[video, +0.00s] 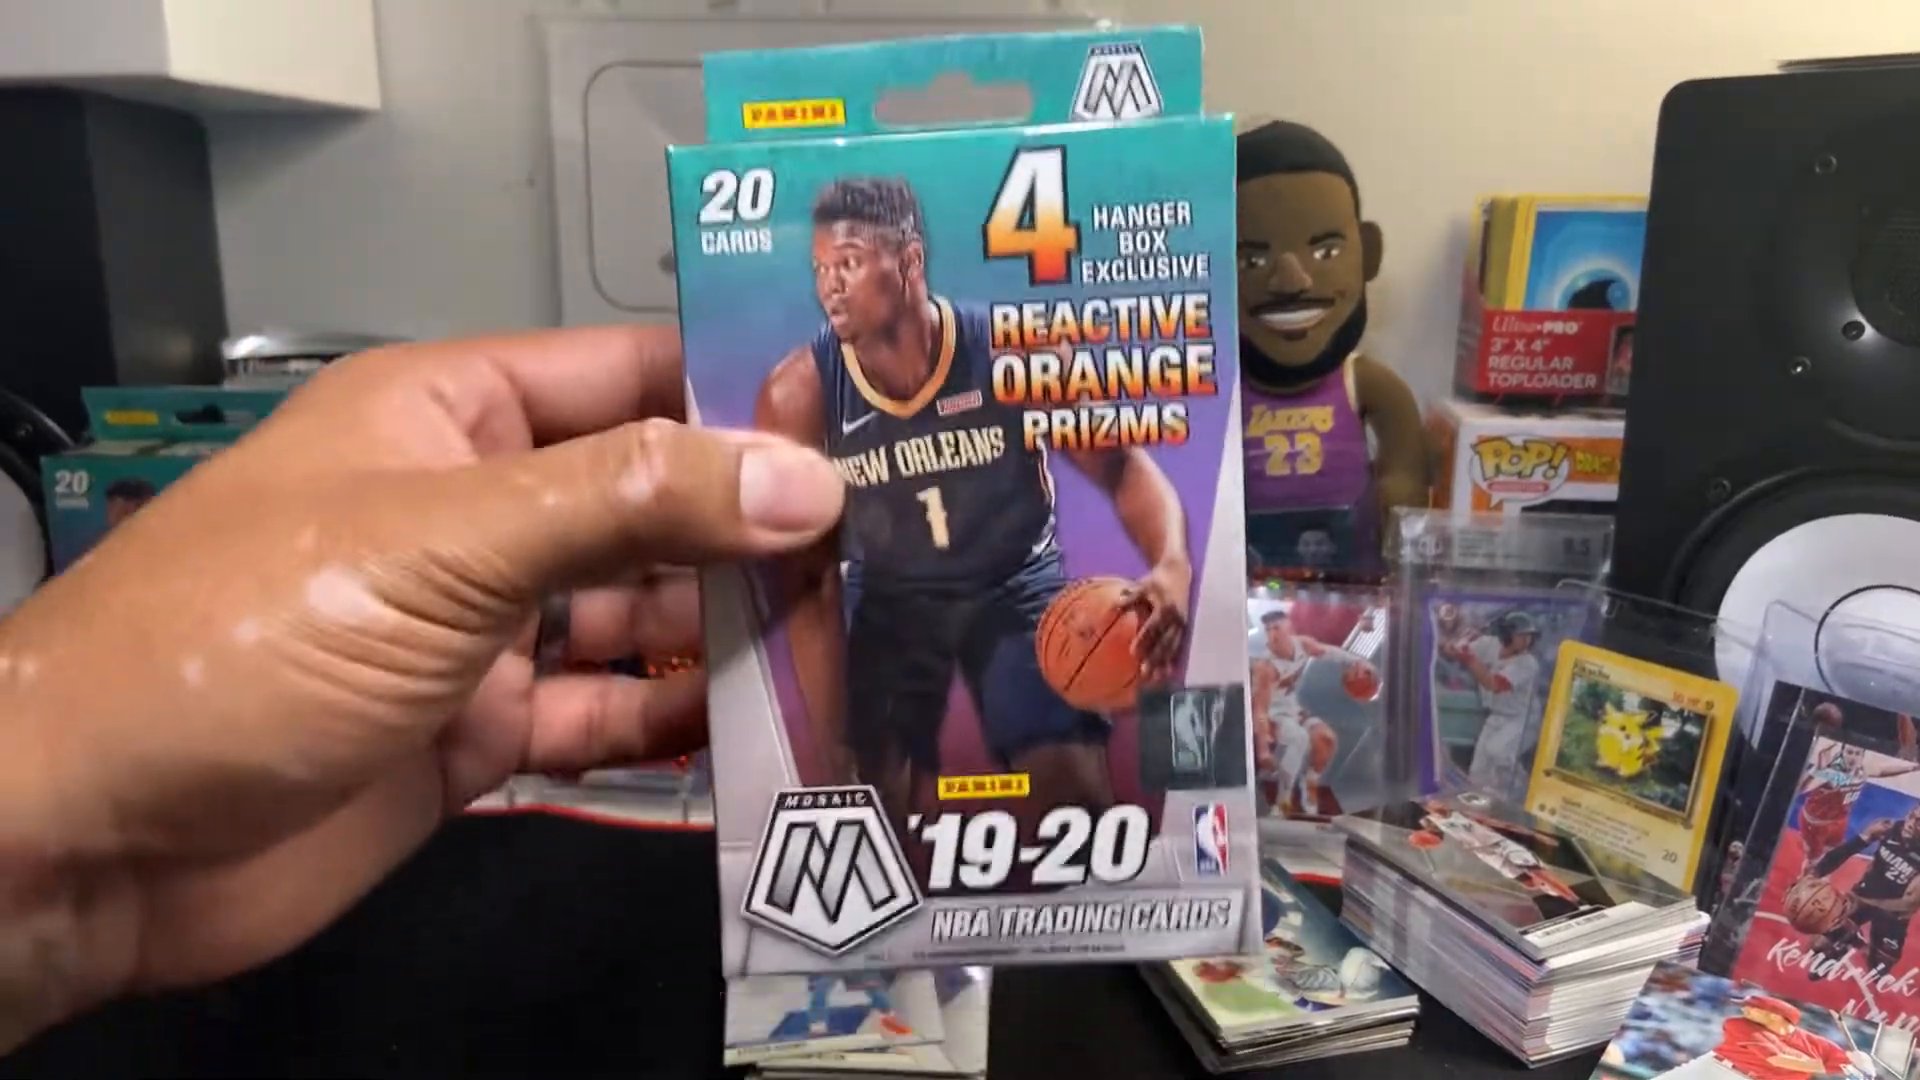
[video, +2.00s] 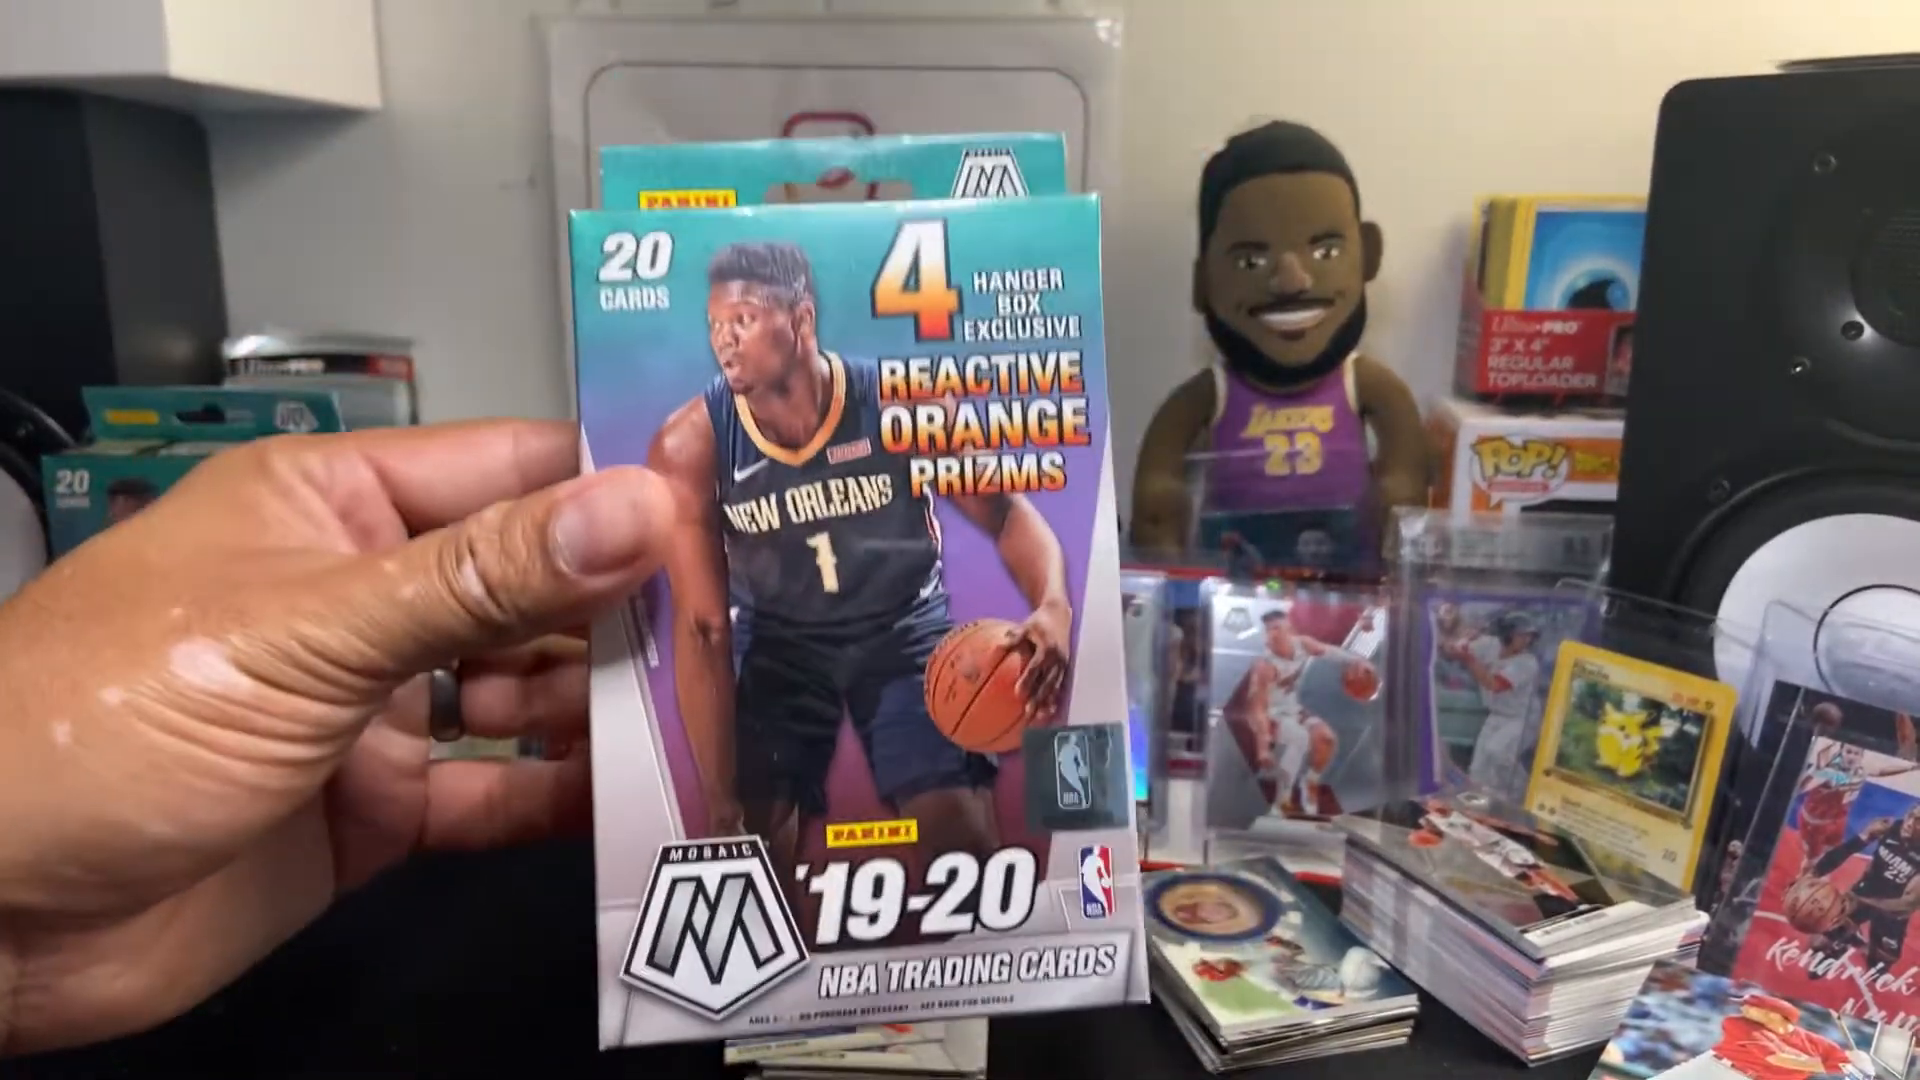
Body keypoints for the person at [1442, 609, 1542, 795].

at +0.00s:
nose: (1527, 641)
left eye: (1529, 636)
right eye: (1522, 636)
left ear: (1532, 638)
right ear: (1509, 636)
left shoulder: (1528, 663)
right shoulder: (1490, 645)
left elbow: (1496, 684)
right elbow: (1460, 651)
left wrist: (1470, 661)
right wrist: (1447, 648)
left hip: (1519, 722)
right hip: (1495, 718)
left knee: (1496, 751)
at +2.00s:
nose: (1527, 640)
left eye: (1529, 636)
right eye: (1522, 635)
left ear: (1532, 638)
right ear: (1509, 635)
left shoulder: (1528, 663)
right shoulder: (1490, 646)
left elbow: (1495, 684)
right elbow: (1457, 649)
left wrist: (1470, 660)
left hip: (1517, 722)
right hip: (1495, 717)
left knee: (1495, 751)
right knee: (1482, 753)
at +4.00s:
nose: (1529, 641)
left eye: (1532, 637)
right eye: (1525, 636)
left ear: (1535, 639)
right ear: (1514, 636)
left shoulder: (1530, 663)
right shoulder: (1495, 649)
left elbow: (1499, 685)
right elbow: (1462, 651)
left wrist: (1476, 664)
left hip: (1520, 722)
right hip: (1497, 718)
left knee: (1497, 751)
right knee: (1481, 766)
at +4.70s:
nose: (1528, 641)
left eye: (1531, 637)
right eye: (1524, 635)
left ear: (1534, 640)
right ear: (1514, 635)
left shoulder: (1530, 663)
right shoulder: (1492, 647)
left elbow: (1501, 685)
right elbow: (1462, 652)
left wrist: (1475, 664)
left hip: (1520, 721)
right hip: (1497, 718)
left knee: (1498, 752)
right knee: (1482, 761)